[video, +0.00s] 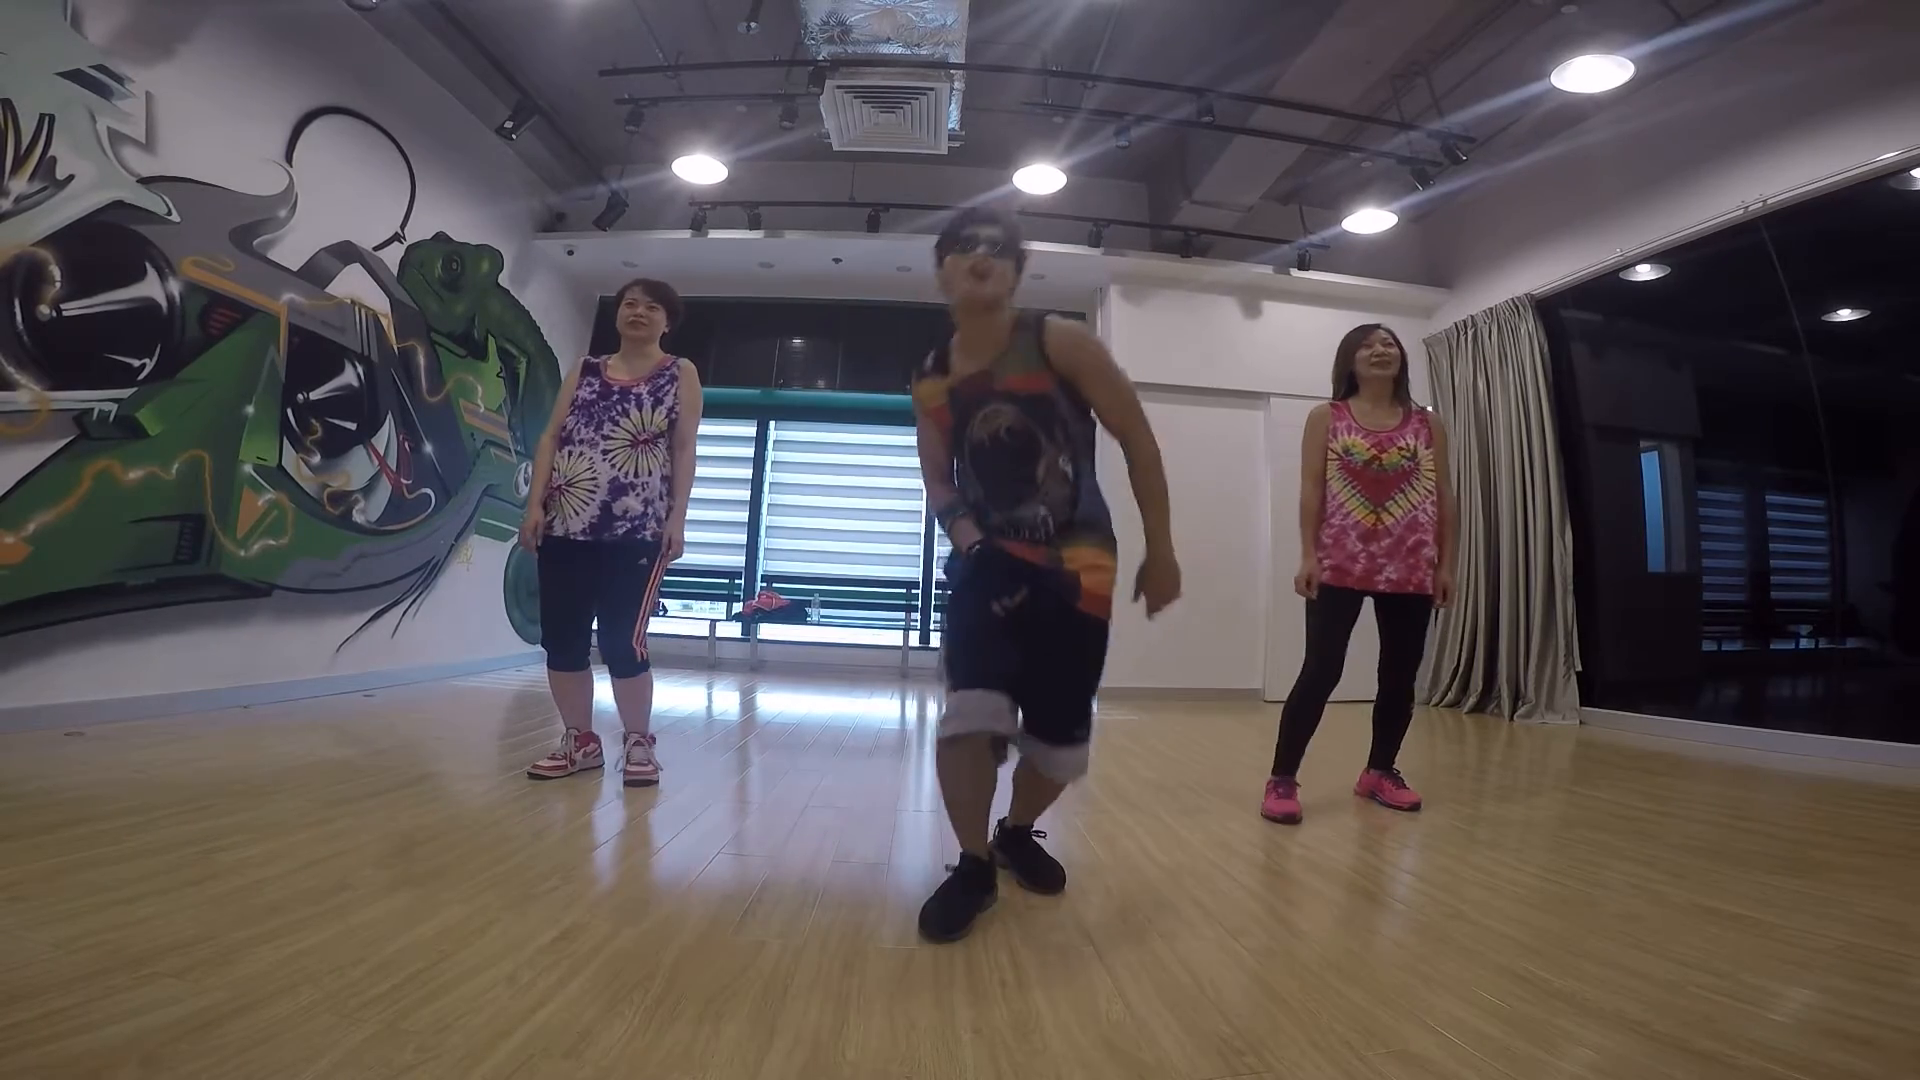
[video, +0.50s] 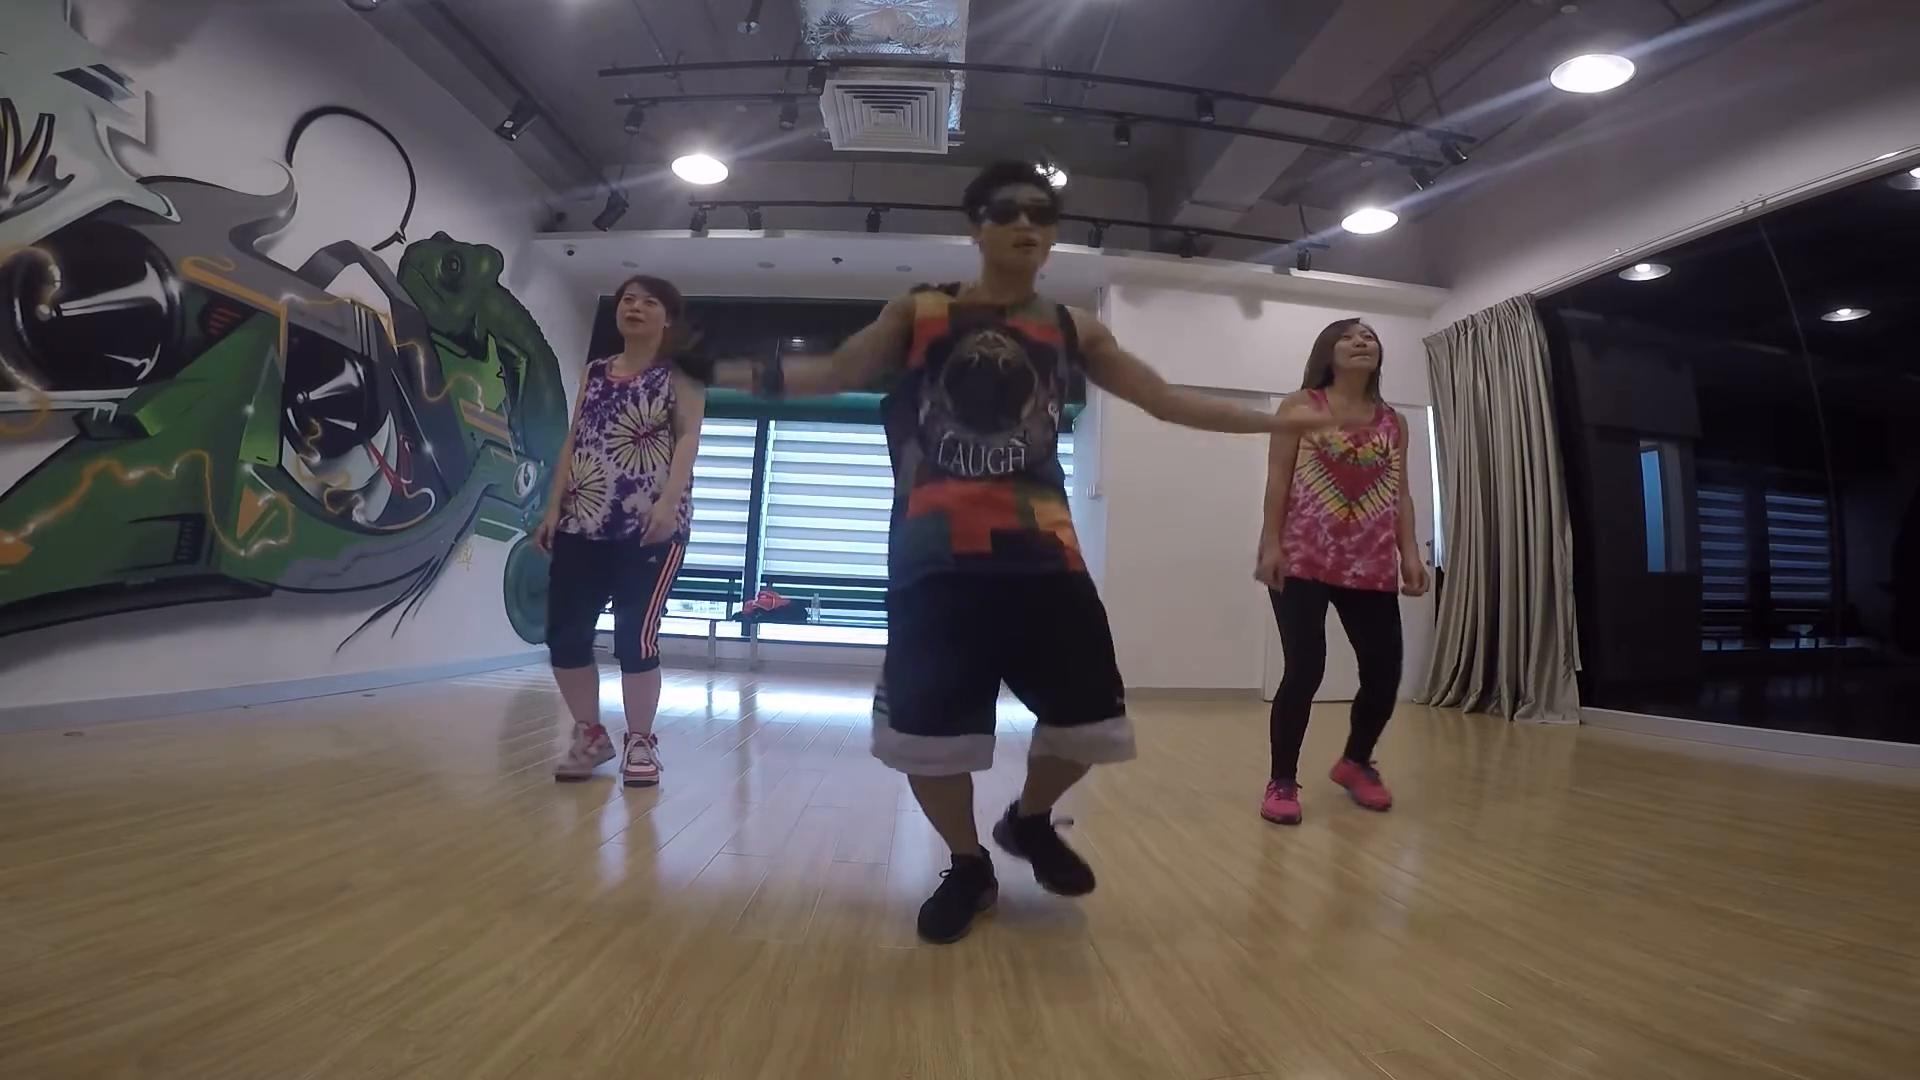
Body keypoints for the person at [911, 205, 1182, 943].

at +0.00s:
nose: (979, 260)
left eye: (996, 252)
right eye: (963, 249)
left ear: (1017, 275)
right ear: (940, 273)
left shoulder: (1063, 343)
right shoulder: (934, 379)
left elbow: (1139, 438)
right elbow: (938, 481)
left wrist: (1159, 549)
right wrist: (964, 531)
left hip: (1076, 568)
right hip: (985, 563)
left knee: (1059, 746)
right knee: (970, 718)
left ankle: (1015, 830)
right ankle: (973, 862)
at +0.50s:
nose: (1027, 232)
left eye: (1041, 220)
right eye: (1009, 217)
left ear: (1053, 237)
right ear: (974, 228)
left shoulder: (1073, 331)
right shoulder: (915, 317)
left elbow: (1166, 398)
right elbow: (831, 369)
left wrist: (1275, 419)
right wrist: (755, 373)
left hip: (1044, 558)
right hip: (938, 560)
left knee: (1089, 723)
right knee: (924, 739)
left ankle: (1026, 821)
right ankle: (966, 867)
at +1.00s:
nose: (1027, 240)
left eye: (1042, 231)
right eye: (1010, 229)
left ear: (1060, 258)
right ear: (980, 253)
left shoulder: (1090, 359)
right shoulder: (940, 349)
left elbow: (1082, 470)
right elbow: (940, 460)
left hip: (1065, 580)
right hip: (956, 576)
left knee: (1092, 746)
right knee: (907, 743)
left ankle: (1032, 867)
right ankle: (952, 855)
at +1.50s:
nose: (955, 312)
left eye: (970, 305)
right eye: (942, 302)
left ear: (989, 326)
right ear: (917, 320)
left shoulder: (1027, 383)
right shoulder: (904, 428)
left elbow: (1081, 480)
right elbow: (894, 526)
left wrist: (1137, 572)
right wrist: (845, 615)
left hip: (1041, 592)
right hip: (948, 603)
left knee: (1073, 737)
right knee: (934, 754)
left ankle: (1021, 884)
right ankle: (968, 823)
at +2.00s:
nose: (1034, 315)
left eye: (1046, 308)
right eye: (1019, 306)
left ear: (1060, 327)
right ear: (994, 323)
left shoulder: (1056, 425)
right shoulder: (944, 381)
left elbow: (1052, 518)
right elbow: (879, 433)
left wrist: (1058, 597)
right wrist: (860, 497)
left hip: (1024, 591)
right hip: (939, 586)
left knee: (1057, 723)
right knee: (927, 733)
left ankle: (1013, 804)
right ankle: (966, 823)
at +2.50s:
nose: (984, 277)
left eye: (996, 273)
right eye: (970, 270)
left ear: (1010, 298)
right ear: (946, 294)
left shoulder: (1046, 349)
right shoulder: (943, 382)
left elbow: (1110, 417)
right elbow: (964, 464)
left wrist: (1125, 509)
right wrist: (954, 534)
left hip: (1043, 558)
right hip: (960, 553)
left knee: (1036, 705)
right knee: (907, 680)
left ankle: (1005, 814)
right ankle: (916, 821)